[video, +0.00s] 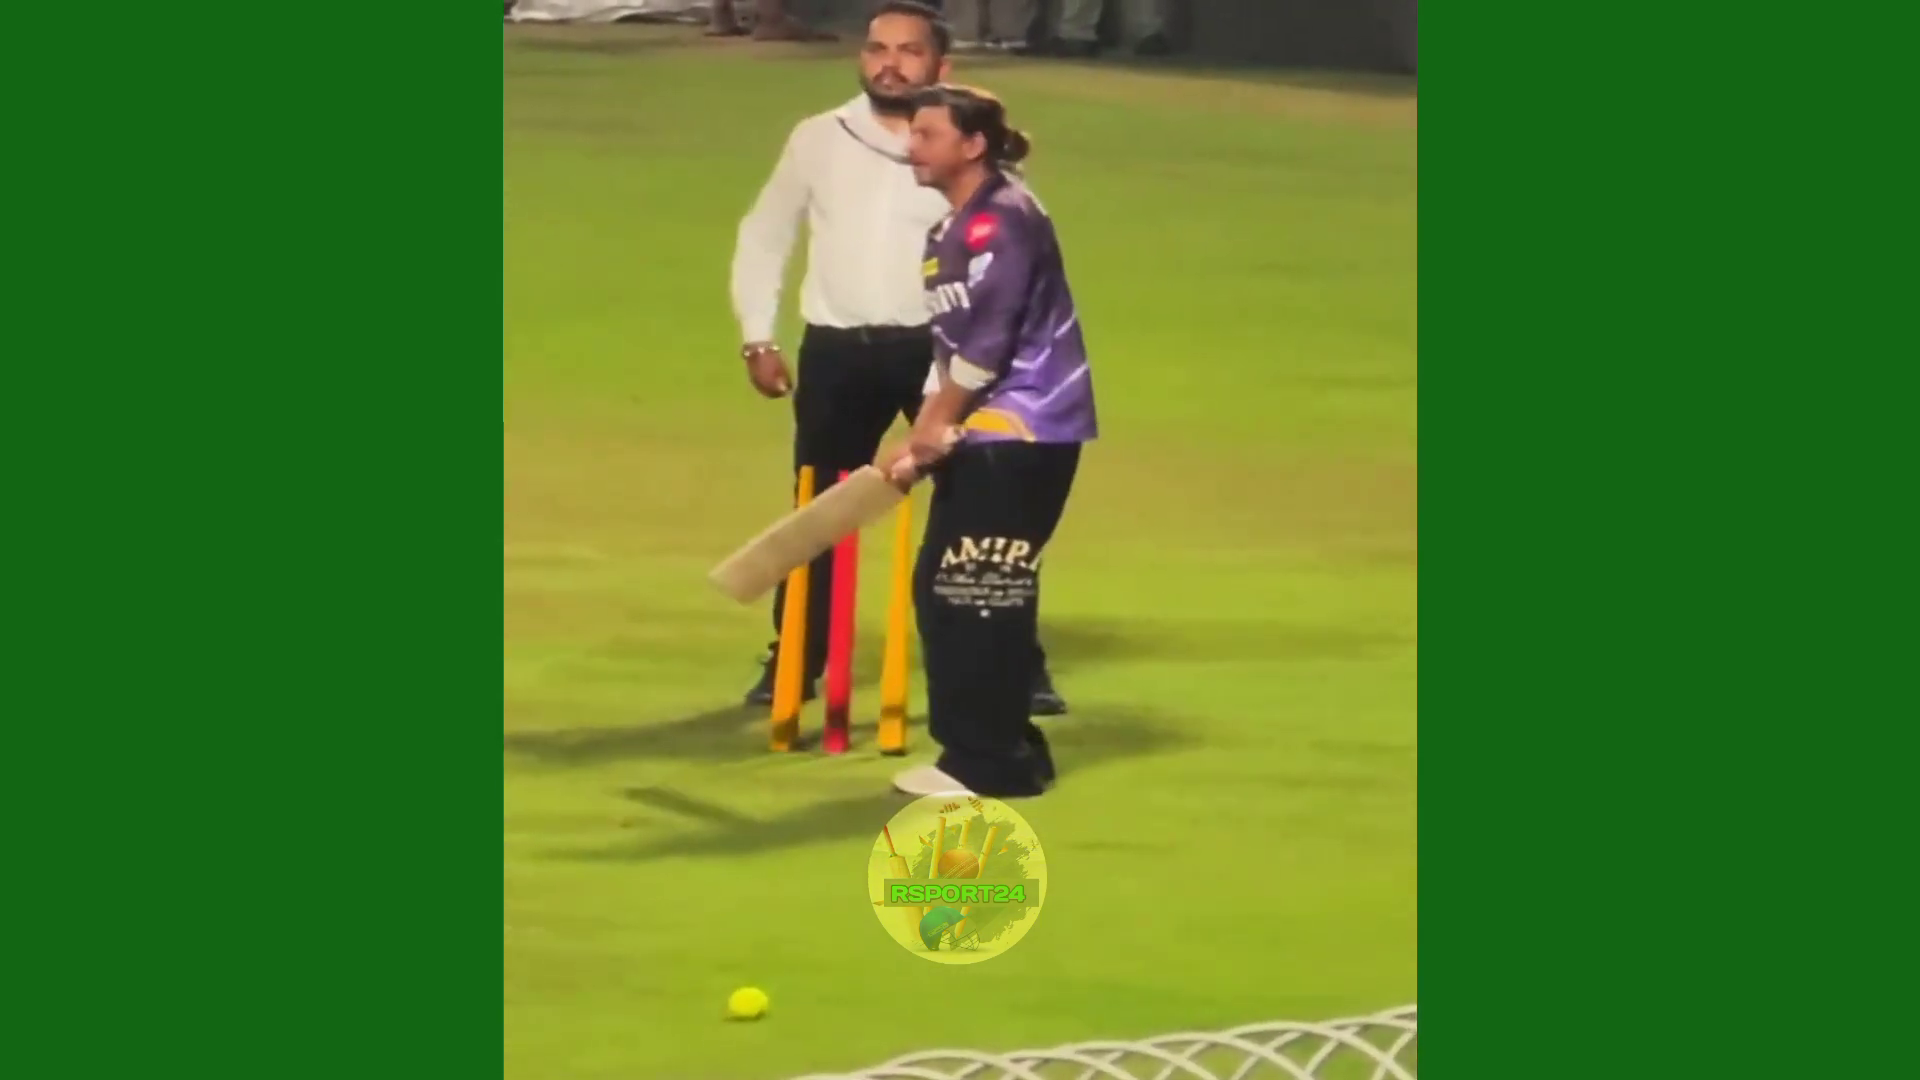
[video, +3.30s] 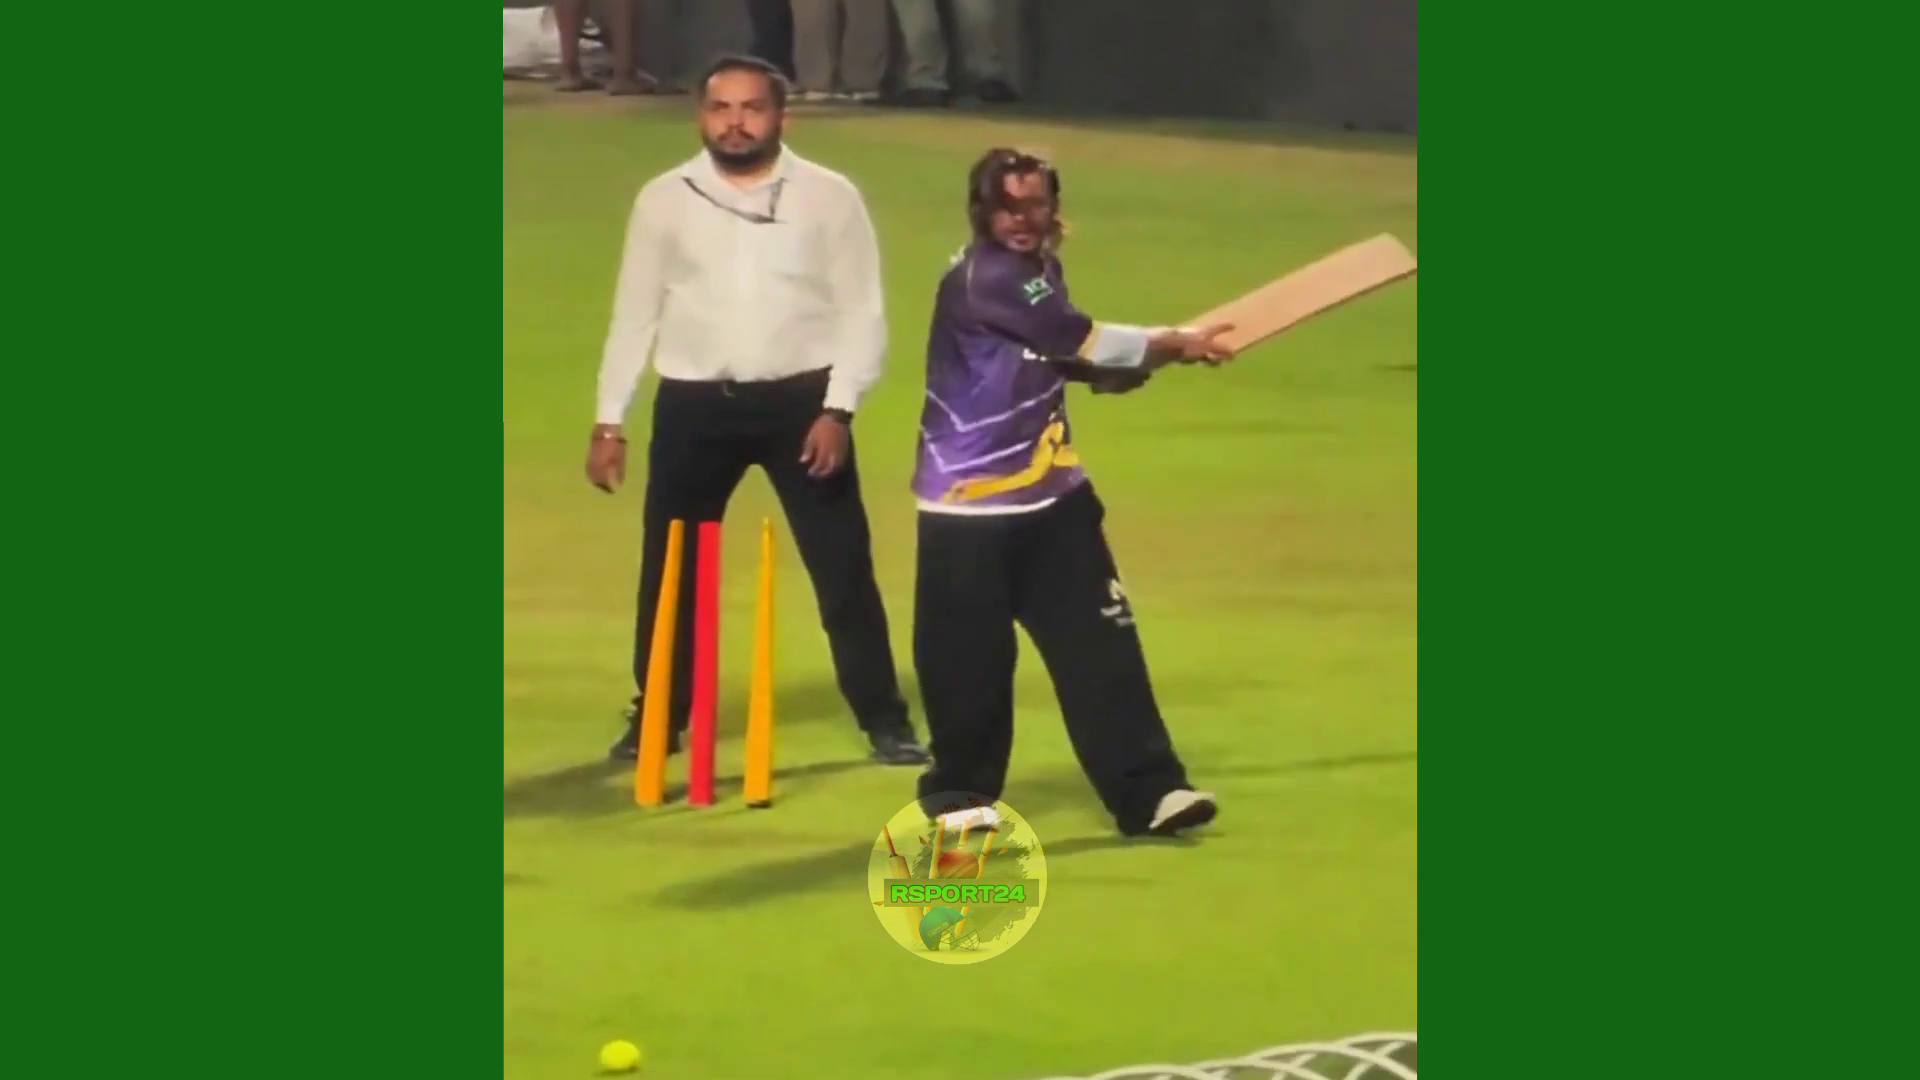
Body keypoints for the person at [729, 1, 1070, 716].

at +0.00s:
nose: (888, 63)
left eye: (906, 51)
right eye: (877, 49)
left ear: (938, 64)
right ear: (861, 56)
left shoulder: (960, 143)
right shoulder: (818, 139)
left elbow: (1000, 260)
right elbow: (764, 235)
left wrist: (975, 372)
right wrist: (758, 336)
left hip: (936, 352)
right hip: (837, 352)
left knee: (981, 519)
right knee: (819, 521)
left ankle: (1021, 669)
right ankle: (794, 666)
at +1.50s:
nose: (837, 139)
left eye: (853, 126)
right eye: (822, 126)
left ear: (880, 135)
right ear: (804, 135)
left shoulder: (927, 212)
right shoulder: (765, 216)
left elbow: (973, 324)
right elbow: (708, 290)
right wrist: (733, 383)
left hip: (900, 430)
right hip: (794, 429)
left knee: (945, 603)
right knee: (772, 598)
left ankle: (974, 755)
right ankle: (752, 747)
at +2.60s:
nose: (768, 165)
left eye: (785, 151)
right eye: (752, 151)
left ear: (813, 156)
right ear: (735, 158)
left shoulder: (864, 238)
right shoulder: (698, 238)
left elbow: (906, 340)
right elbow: (656, 325)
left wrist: (851, 416)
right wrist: (670, 386)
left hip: (839, 456)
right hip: (729, 456)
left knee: (881, 621)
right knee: (699, 614)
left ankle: (914, 775)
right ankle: (679, 761)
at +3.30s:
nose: (736, 121)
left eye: (752, 107)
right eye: (721, 108)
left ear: (780, 116)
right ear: (701, 116)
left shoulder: (832, 198)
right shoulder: (664, 202)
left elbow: (864, 312)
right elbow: (633, 316)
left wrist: (839, 410)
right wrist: (610, 422)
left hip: (802, 408)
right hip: (694, 412)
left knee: (846, 574)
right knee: (666, 573)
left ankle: (886, 722)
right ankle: (656, 719)